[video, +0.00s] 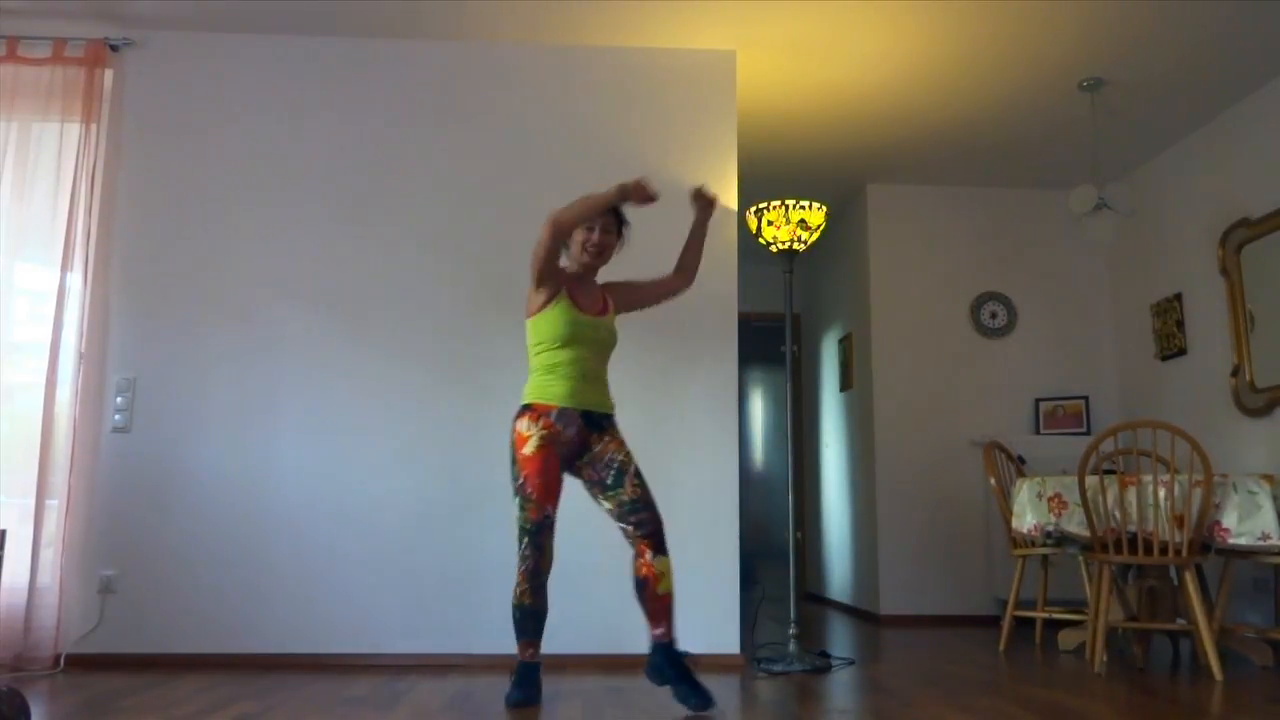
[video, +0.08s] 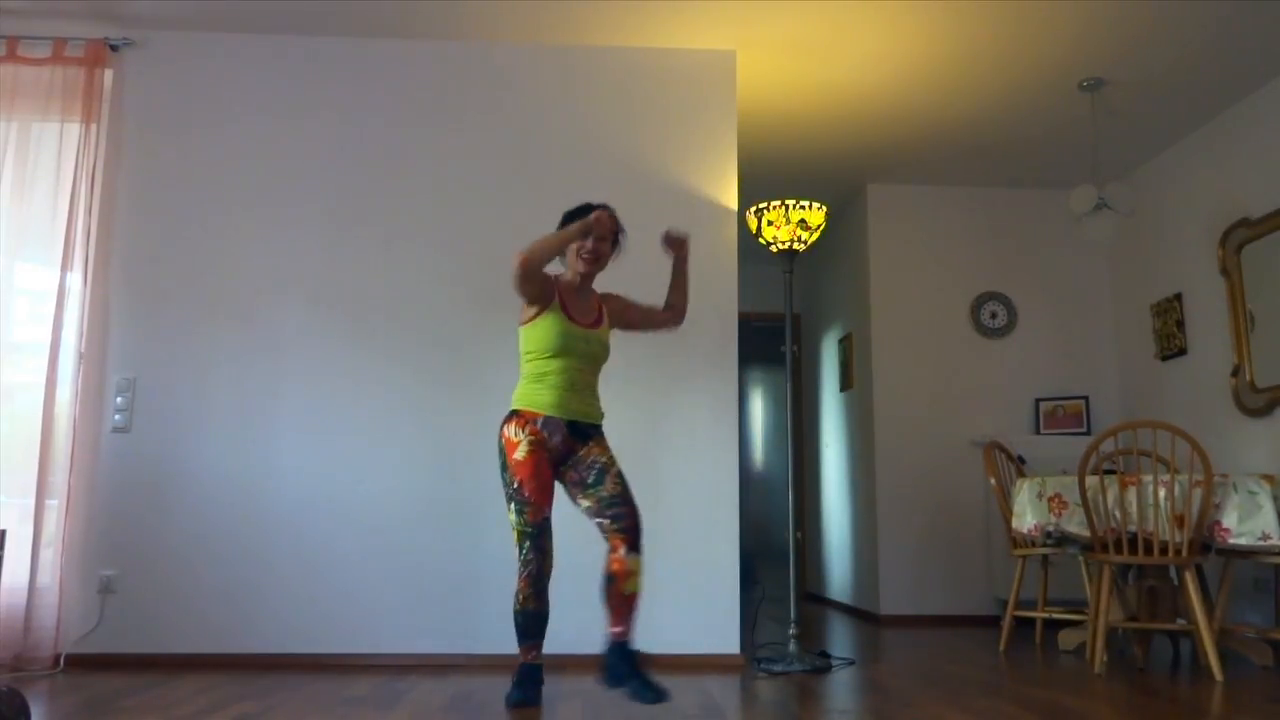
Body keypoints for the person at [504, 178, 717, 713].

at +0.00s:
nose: (598, 239)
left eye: (610, 233)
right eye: (593, 227)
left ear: (618, 246)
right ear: (573, 234)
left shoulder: (610, 298)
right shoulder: (548, 284)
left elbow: (679, 280)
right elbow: (556, 223)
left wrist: (701, 219)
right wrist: (619, 193)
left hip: (596, 429)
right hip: (541, 424)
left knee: (648, 531)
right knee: (534, 550)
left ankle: (664, 653)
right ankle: (528, 667)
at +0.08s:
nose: (595, 245)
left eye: (607, 240)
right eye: (588, 234)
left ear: (613, 251)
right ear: (569, 241)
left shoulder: (606, 306)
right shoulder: (545, 292)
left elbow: (671, 315)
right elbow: (526, 265)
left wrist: (680, 260)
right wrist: (573, 229)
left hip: (583, 436)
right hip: (530, 430)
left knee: (626, 529)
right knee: (534, 553)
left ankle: (619, 655)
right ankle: (529, 669)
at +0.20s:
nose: (584, 246)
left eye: (595, 241)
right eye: (576, 238)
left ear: (608, 254)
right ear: (558, 246)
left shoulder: (606, 316)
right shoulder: (535, 294)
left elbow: (633, 376)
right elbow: (485, 344)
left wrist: (656, 335)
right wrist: (532, 297)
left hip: (577, 440)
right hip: (523, 434)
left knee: (587, 543)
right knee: (529, 560)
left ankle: (535, 661)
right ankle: (533, 677)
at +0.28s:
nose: (581, 246)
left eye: (592, 241)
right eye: (572, 237)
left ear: (605, 254)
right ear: (555, 246)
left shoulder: (606, 321)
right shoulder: (531, 298)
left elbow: (601, 395)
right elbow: (488, 373)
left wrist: (636, 398)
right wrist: (510, 346)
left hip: (579, 444)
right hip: (525, 437)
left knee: (563, 557)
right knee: (529, 559)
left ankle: (496, 675)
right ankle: (525, 684)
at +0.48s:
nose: (582, 233)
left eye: (593, 227)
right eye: (573, 225)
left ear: (608, 239)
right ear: (558, 233)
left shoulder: (608, 300)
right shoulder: (531, 281)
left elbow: (634, 370)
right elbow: (477, 341)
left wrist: (622, 302)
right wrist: (476, 298)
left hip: (581, 428)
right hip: (524, 421)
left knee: (597, 539)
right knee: (527, 546)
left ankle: (551, 658)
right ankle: (527, 666)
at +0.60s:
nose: (591, 217)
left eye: (600, 210)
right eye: (581, 208)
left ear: (612, 220)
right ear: (567, 216)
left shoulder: (619, 272)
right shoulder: (547, 264)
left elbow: (644, 290)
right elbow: (471, 284)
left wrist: (626, 226)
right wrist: (473, 229)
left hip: (589, 408)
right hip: (530, 403)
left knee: (625, 528)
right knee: (526, 534)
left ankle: (627, 650)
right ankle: (525, 658)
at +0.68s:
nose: (598, 214)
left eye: (607, 206)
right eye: (587, 206)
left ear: (620, 213)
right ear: (573, 216)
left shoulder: (631, 272)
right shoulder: (554, 264)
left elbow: (653, 243)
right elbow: (481, 251)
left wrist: (621, 179)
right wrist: (465, 195)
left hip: (596, 401)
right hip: (538, 395)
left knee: (637, 520)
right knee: (527, 525)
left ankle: (670, 645)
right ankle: (524, 654)